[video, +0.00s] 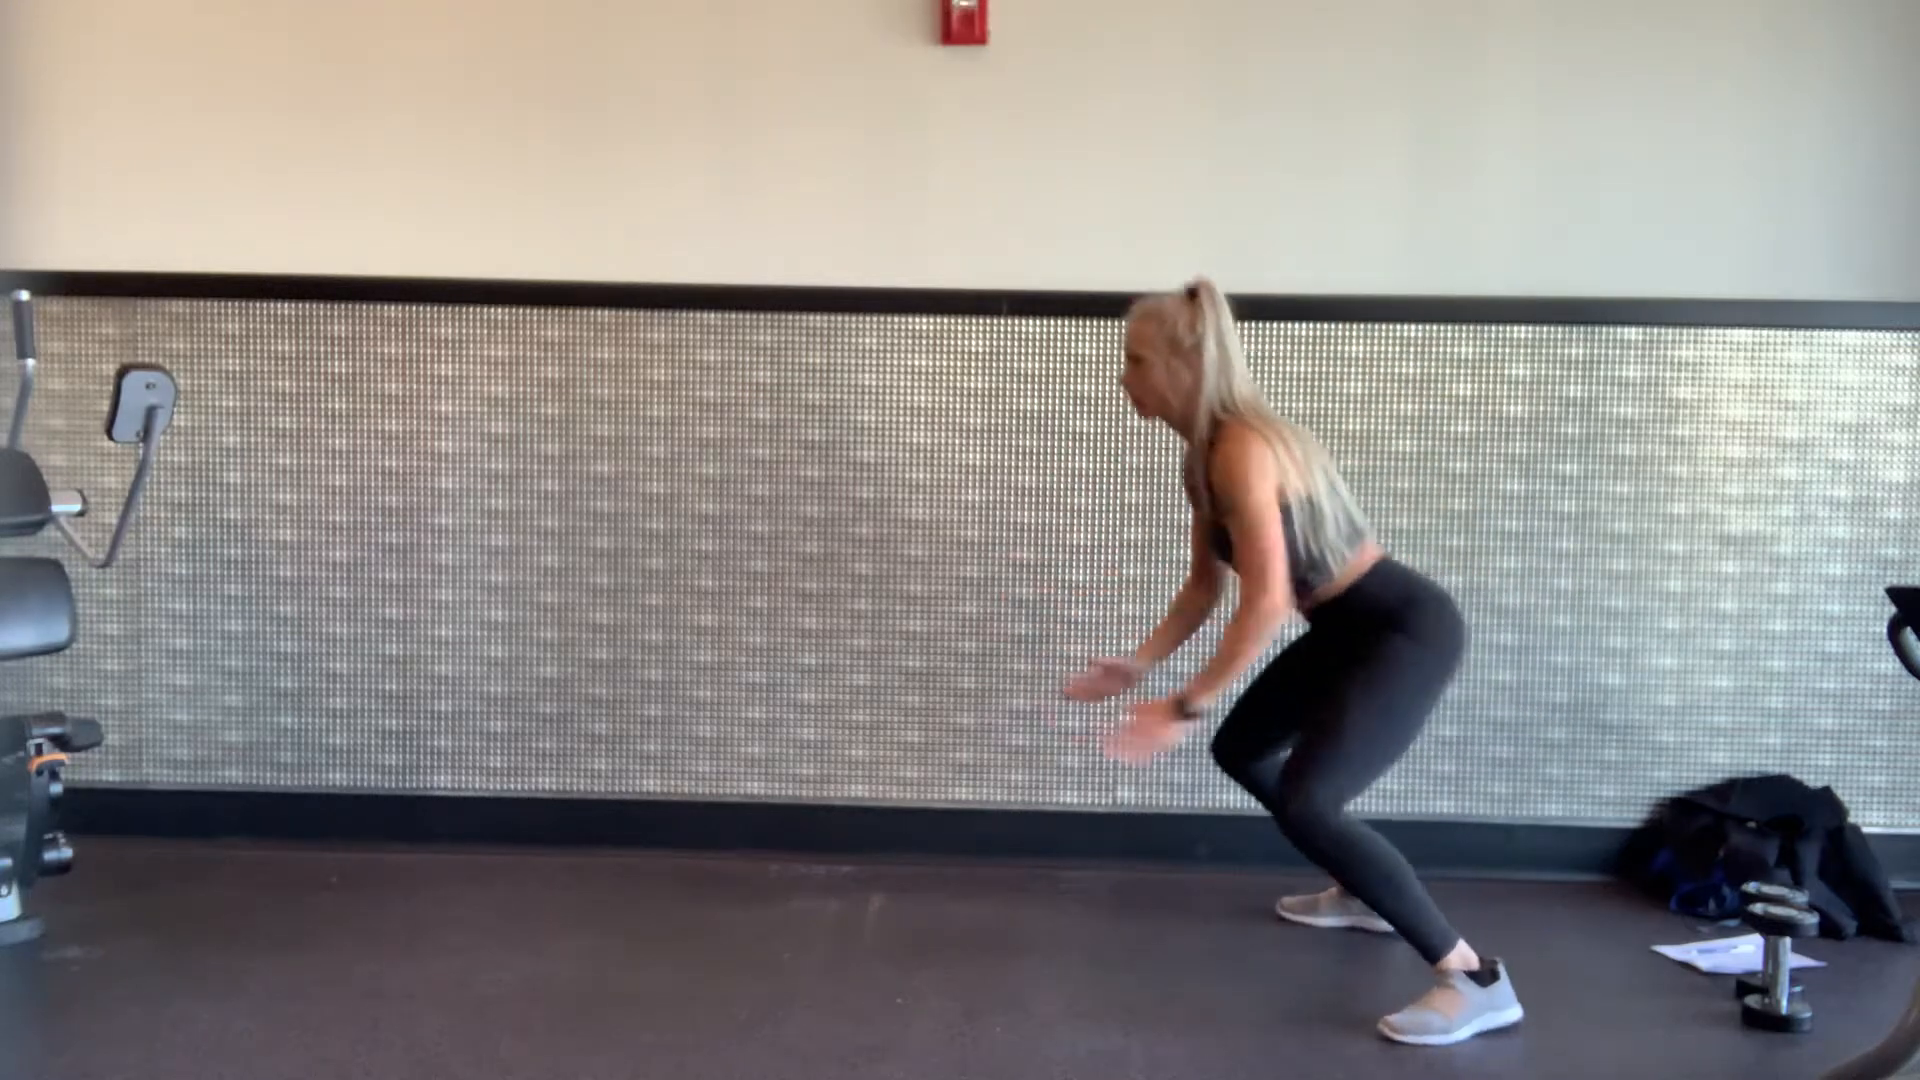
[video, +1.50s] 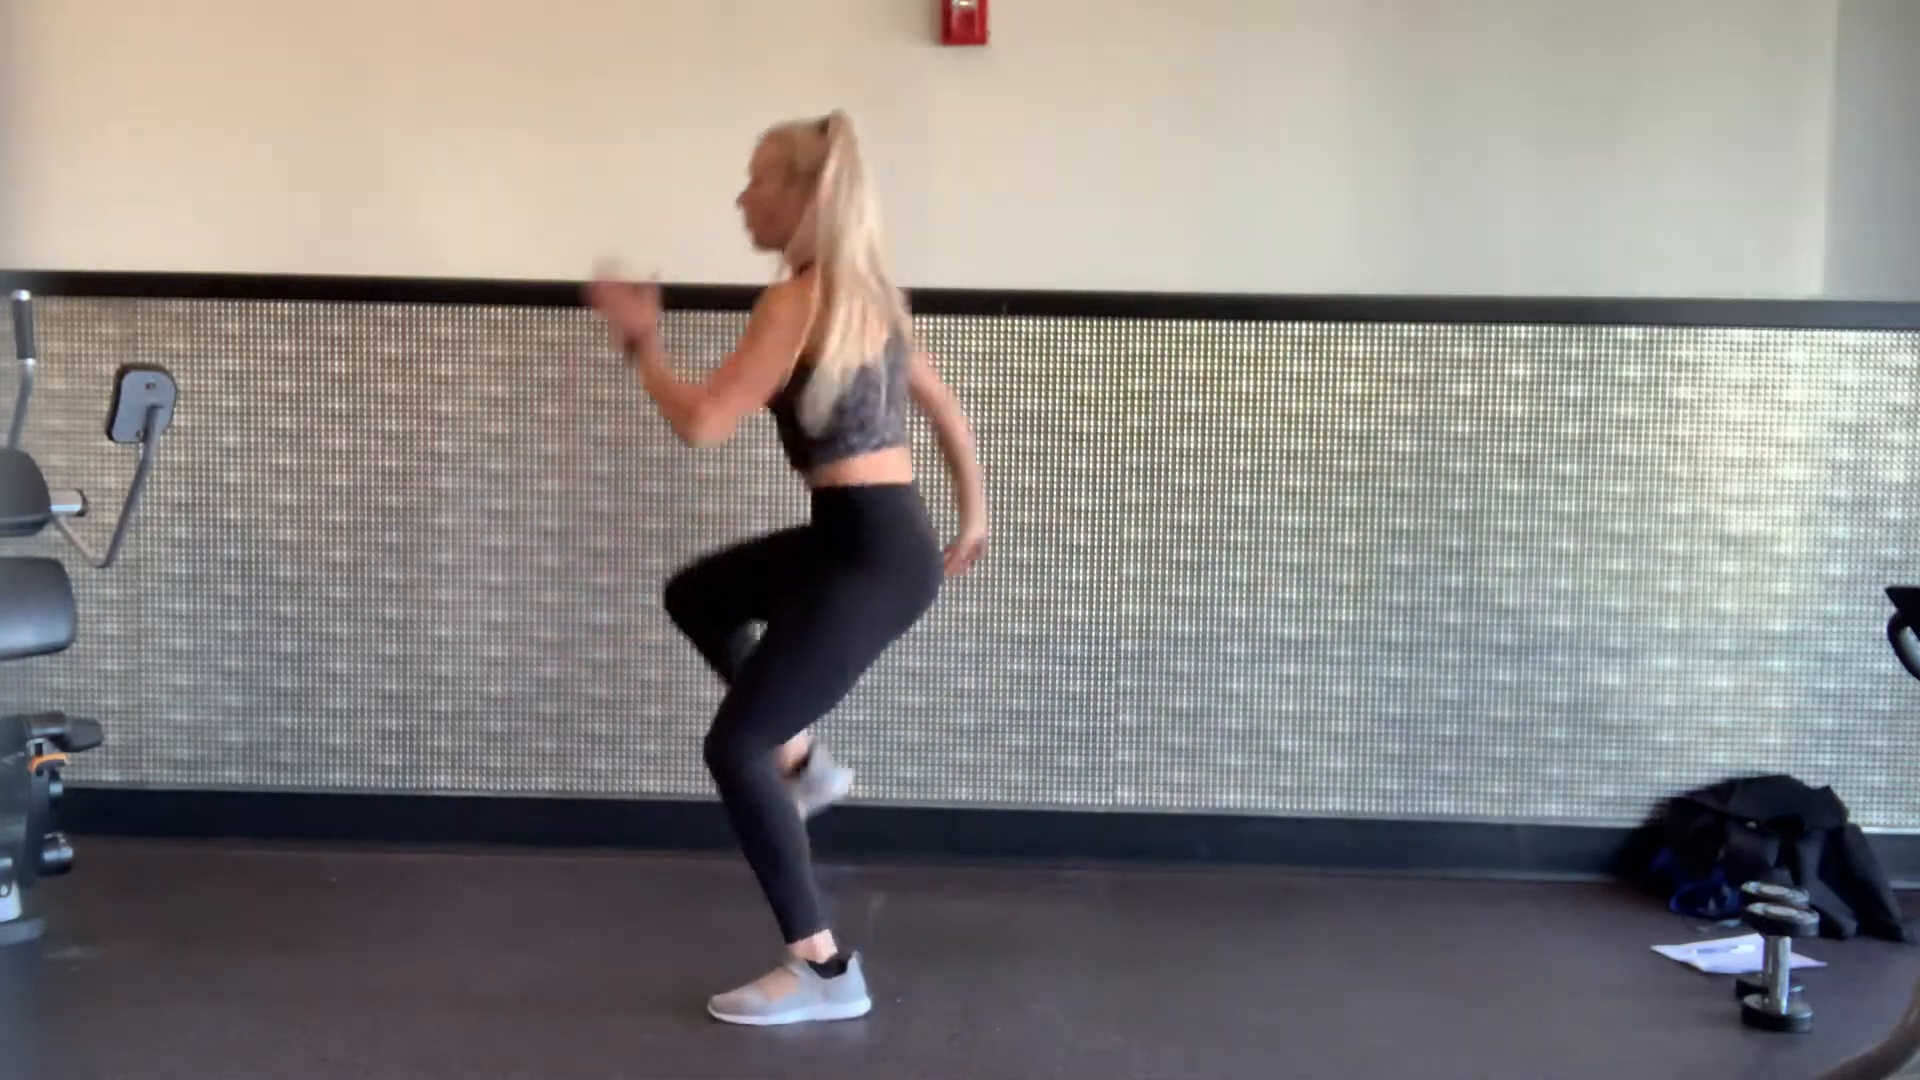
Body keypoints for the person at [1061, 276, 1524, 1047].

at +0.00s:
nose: (1123, 380)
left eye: (1133, 364)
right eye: (1124, 363)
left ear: (1179, 368)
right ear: (1184, 370)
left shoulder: (1240, 449)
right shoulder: (1208, 453)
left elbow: (1267, 603)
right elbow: (1205, 584)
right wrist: (1135, 664)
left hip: (1406, 627)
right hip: (1352, 629)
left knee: (1309, 803)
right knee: (1242, 750)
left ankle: (1470, 975)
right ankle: (1363, 888)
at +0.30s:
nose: (993, 150)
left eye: (1008, 136)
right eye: (996, 133)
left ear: (1057, 146)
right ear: (1053, 145)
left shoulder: (1083, 221)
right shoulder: (1067, 225)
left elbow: (1209, 275)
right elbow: (1180, 284)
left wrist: (1201, 417)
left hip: (1151, 471)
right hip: (1127, 472)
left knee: (1096, 674)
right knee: (1081, 664)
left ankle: (1226, 883)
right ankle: (1162, 834)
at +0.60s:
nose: (797, 344)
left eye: (807, 329)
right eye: (801, 328)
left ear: (845, 338)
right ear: (866, 336)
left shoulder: (887, 423)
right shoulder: (885, 414)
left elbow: (759, 531)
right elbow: (773, 512)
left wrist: (709, 431)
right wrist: (726, 428)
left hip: (988, 655)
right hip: (970, 640)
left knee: (795, 733)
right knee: (798, 707)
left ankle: (824, 967)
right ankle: (837, 886)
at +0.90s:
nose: (669, 445)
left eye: (684, 436)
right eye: (676, 432)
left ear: (724, 459)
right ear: (733, 460)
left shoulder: (756, 531)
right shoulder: (766, 519)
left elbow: (629, 641)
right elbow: (647, 615)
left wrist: (603, 534)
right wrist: (626, 532)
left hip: (915, 729)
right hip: (902, 707)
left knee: (717, 765)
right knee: (734, 716)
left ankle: (822, 968)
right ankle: (831, 888)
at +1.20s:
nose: (647, 363)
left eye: (660, 350)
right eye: (651, 348)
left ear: (702, 364)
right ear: (719, 363)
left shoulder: (737, 453)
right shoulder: (761, 437)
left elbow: (726, 619)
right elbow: (726, 581)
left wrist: (619, 639)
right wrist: (635, 553)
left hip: (900, 645)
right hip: (896, 632)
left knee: (714, 762)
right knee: (746, 731)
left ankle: (819, 965)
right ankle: (833, 891)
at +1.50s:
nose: (743, 195)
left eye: (757, 182)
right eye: (749, 180)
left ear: (800, 196)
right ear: (822, 197)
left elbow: (702, 422)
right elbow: (947, 408)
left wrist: (638, 342)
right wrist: (976, 517)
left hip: (873, 555)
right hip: (867, 540)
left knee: (738, 748)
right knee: (696, 595)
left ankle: (820, 963)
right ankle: (800, 762)